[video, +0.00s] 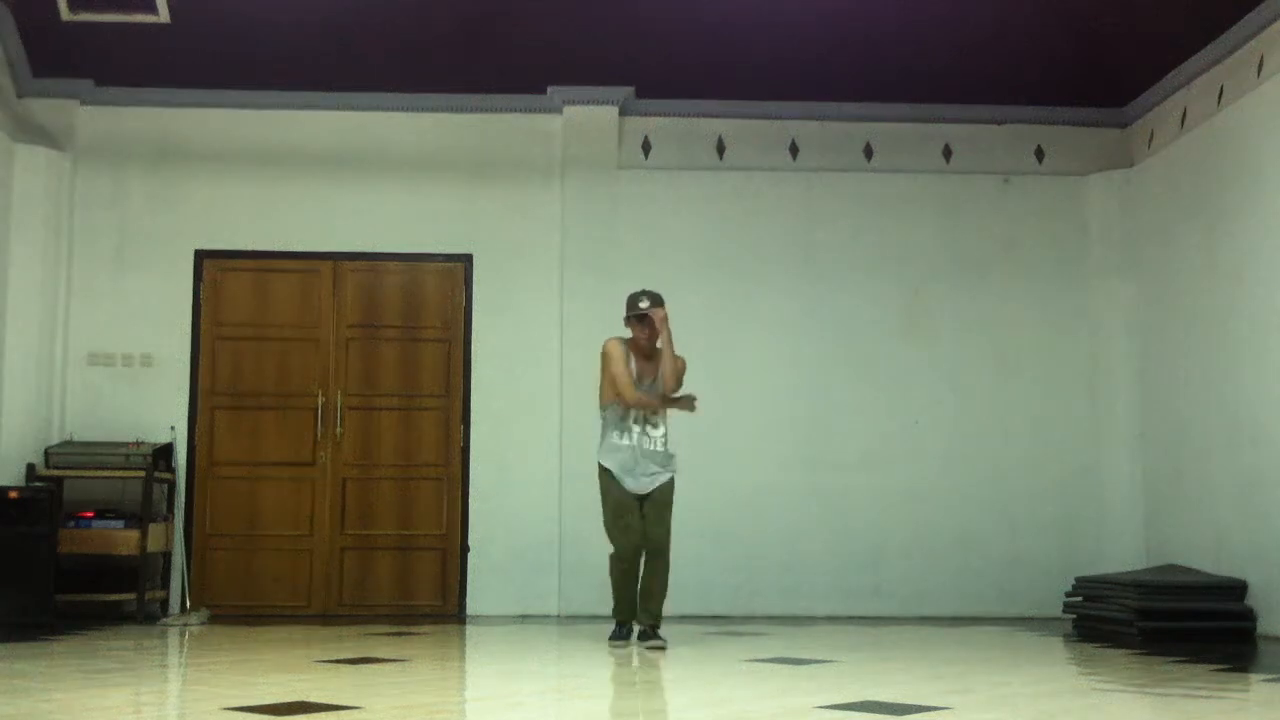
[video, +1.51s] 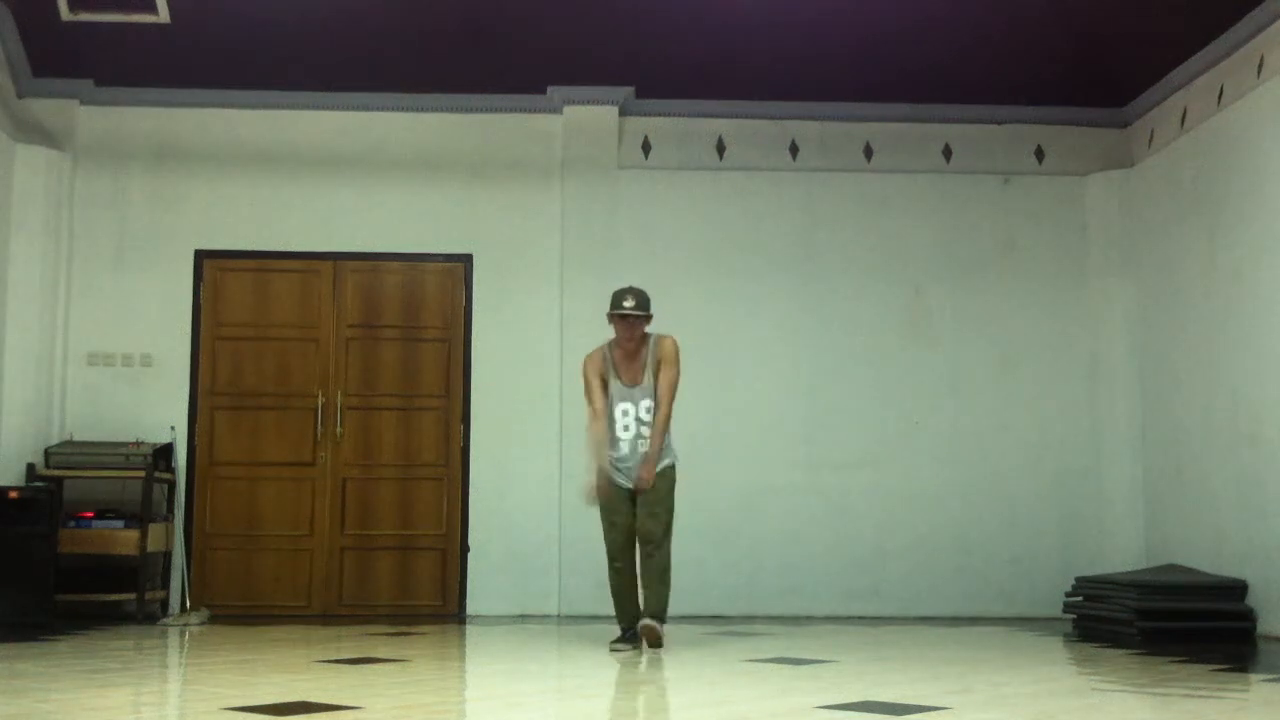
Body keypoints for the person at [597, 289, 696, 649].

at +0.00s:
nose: (644, 327)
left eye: (650, 320)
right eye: (638, 320)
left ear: (660, 324)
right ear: (628, 323)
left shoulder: (673, 362)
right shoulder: (615, 348)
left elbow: (666, 386)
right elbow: (628, 397)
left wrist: (666, 332)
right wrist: (674, 403)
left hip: (658, 466)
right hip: (617, 465)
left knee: (658, 546)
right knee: (627, 545)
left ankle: (649, 625)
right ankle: (623, 621)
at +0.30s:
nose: (646, 330)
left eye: (652, 324)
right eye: (640, 324)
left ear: (667, 323)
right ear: (630, 324)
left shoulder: (680, 358)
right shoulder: (614, 357)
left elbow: (666, 392)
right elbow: (588, 409)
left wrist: (659, 346)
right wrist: (589, 458)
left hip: (663, 466)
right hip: (621, 465)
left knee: (659, 546)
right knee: (626, 541)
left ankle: (651, 625)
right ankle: (631, 617)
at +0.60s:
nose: (631, 324)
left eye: (637, 316)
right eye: (624, 318)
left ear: (651, 317)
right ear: (617, 321)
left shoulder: (671, 350)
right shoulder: (605, 358)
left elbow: (663, 389)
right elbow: (554, 385)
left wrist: (651, 336)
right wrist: (499, 395)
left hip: (660, 469)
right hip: (616, 468)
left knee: (654, 547)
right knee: (618, 546)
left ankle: (649, 624)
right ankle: (623, 627)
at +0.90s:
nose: (620, 328)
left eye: (626, 320)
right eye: (615, 322)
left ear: (645, 319)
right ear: (610, 324)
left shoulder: (666, 349)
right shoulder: (603, 357)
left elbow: (657, 393)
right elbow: (558, 390)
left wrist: (640, 342)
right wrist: (509, 403)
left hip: (661, 471)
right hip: (616, 471)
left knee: (655, 551)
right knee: (616, 551)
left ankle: (650, 616)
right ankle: (623, 625)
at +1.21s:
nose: (621, 325)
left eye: (627, 317)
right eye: (614, 318)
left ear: (640, 319)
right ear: (604, 322)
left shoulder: (660, 346)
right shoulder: (599, 360)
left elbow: (673, 397)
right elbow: (550, 383)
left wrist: (645, 370)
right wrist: (497, 376)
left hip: (659, 468)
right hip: (616, 470)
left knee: (646, 542)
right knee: (619, 547)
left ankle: (652, 619)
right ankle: (631, 627)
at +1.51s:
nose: (628, 326)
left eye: (635, 320)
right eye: (621, 319)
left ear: (647, 321)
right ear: (611, 320)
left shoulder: (664, 348)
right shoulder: (595, 360)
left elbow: (664, 407)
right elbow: (598, 417)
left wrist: (651, 460)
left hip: (655, 465)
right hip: (613, 468)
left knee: (653, 542)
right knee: (618, 550)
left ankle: (653, 621)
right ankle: (629, 627)